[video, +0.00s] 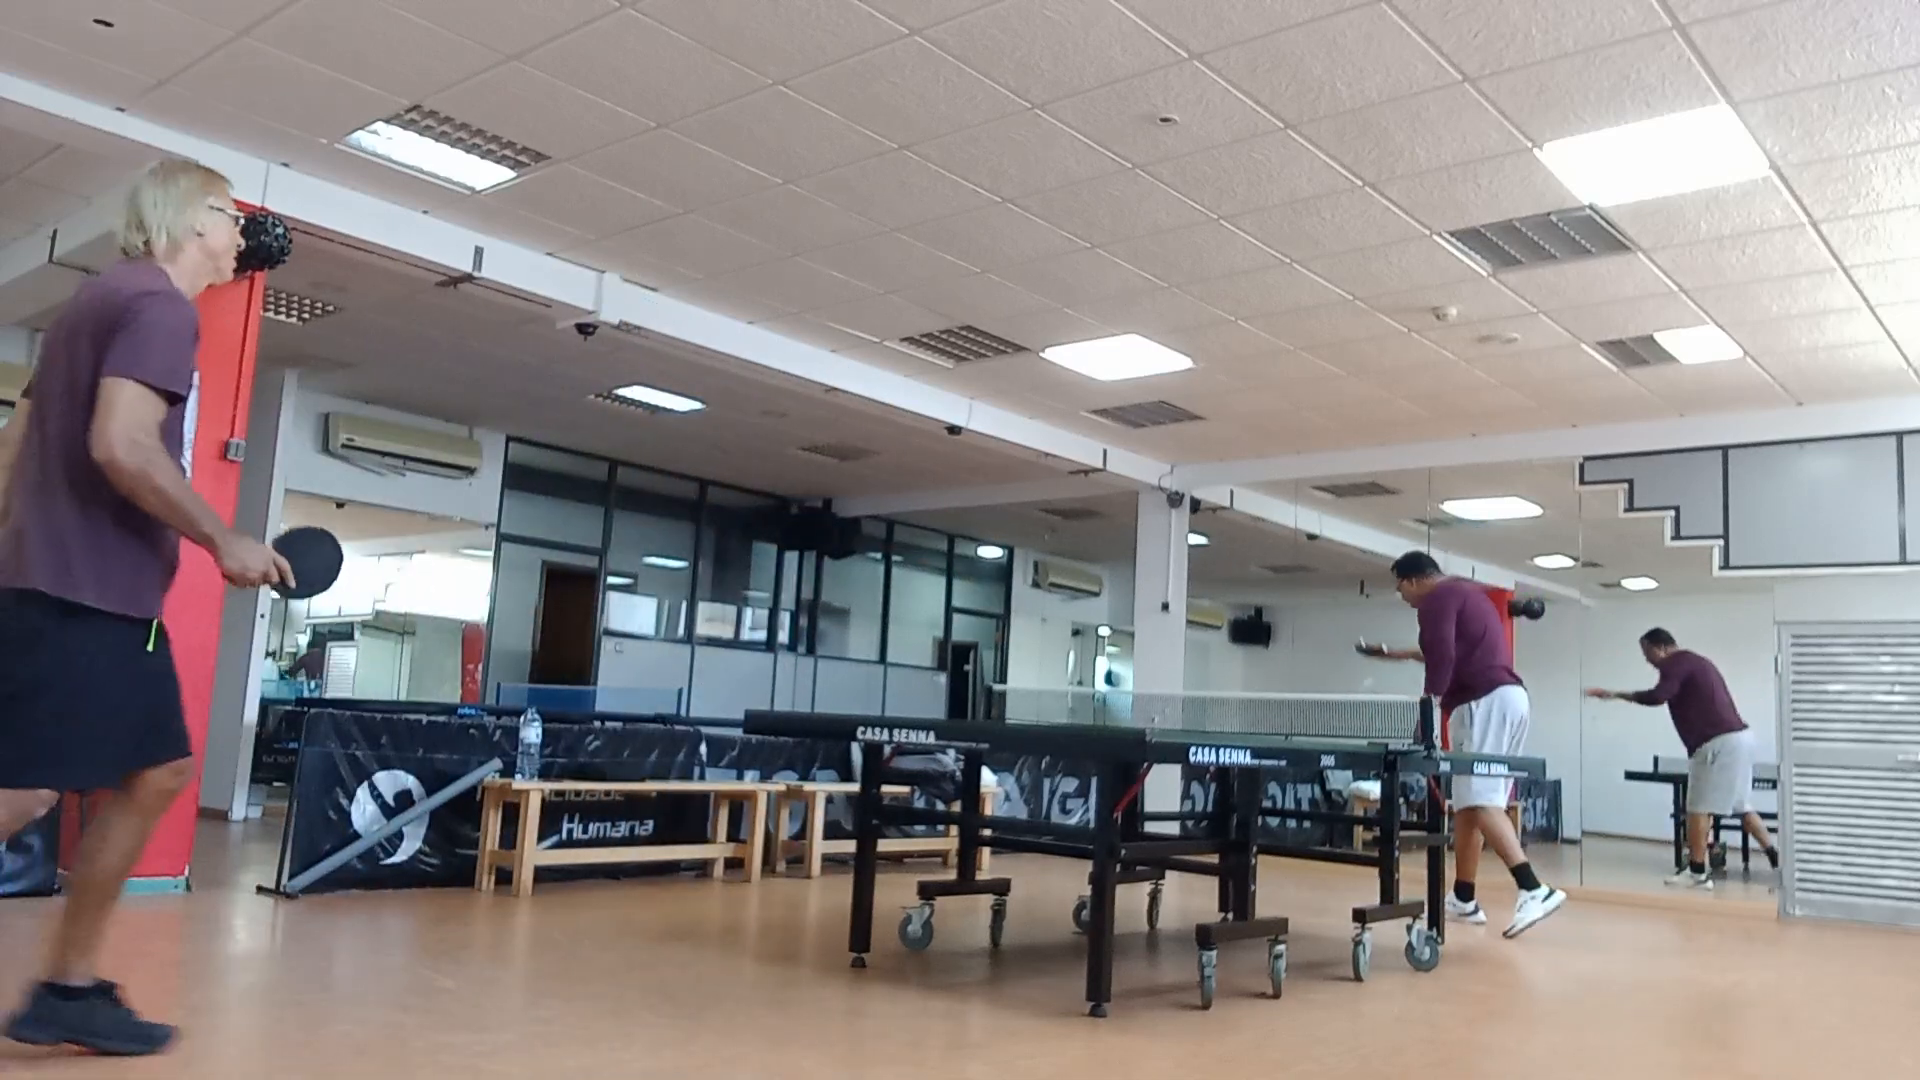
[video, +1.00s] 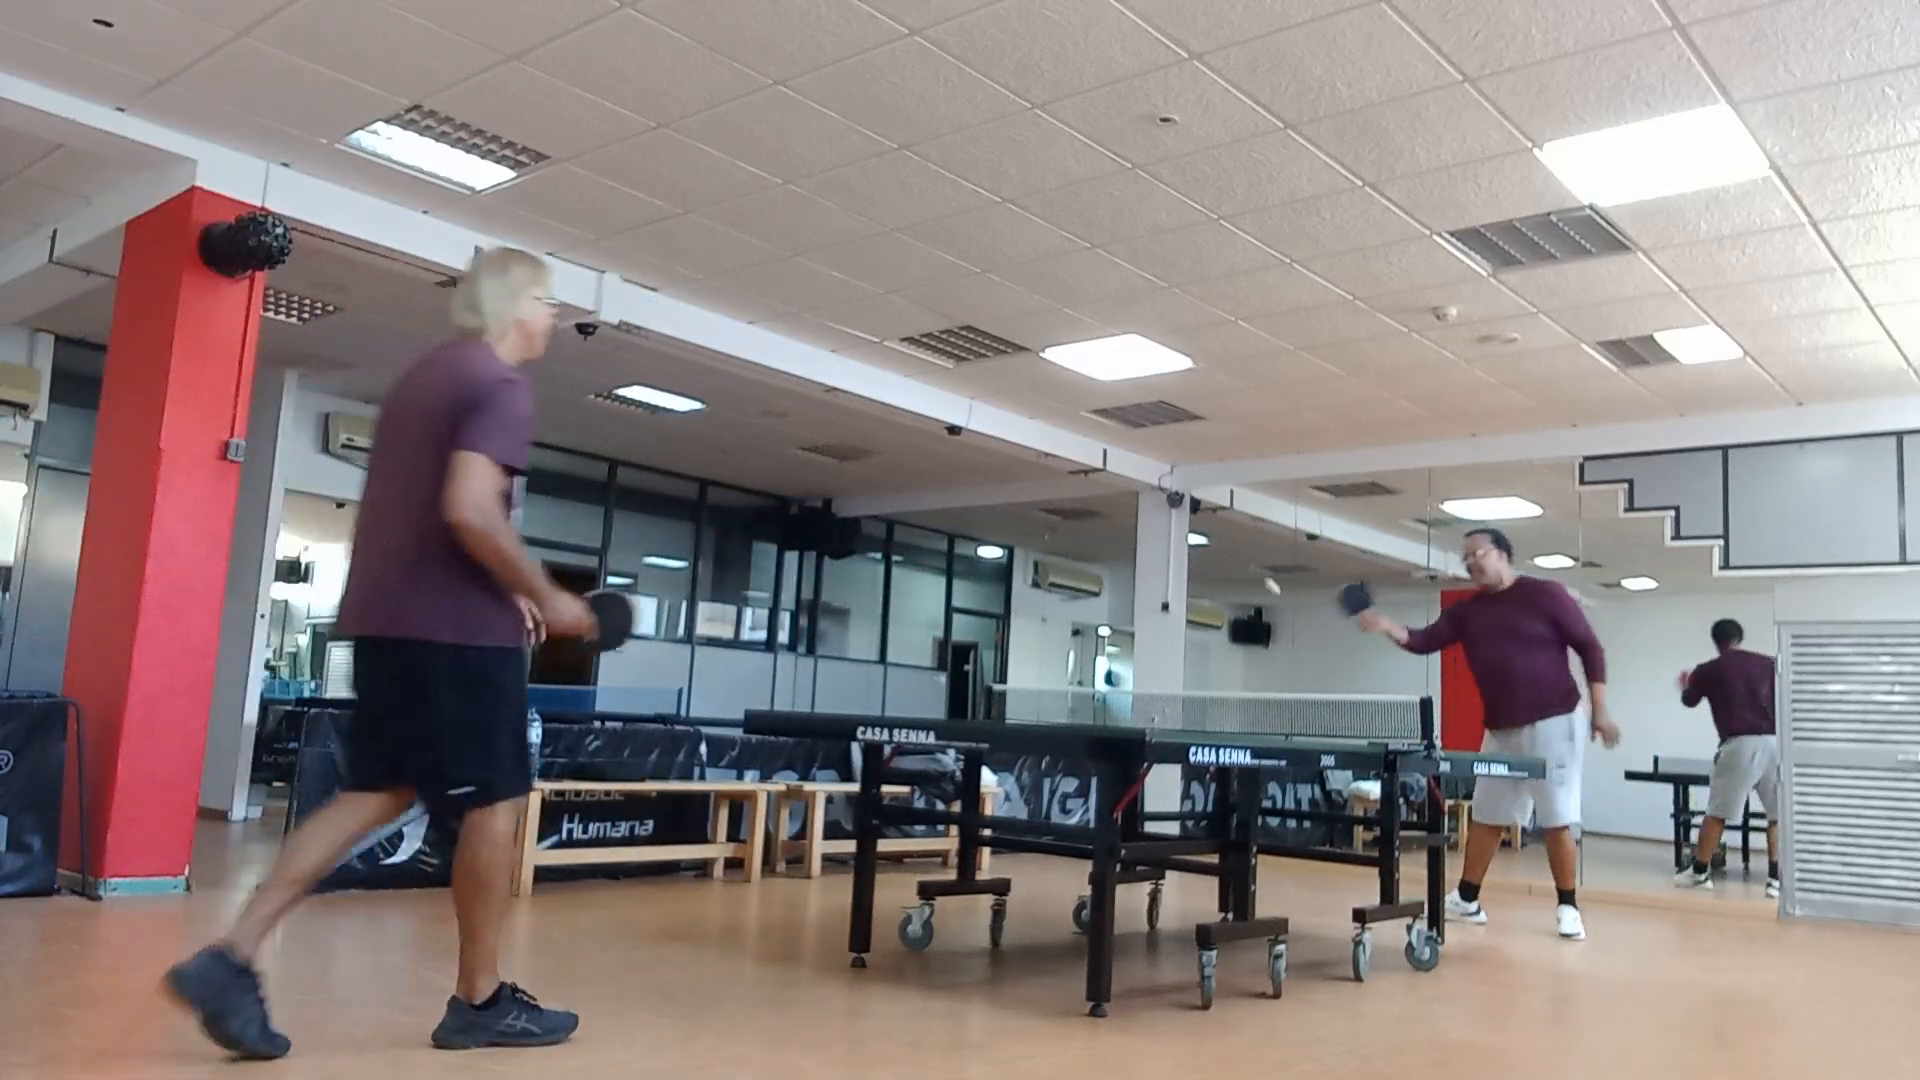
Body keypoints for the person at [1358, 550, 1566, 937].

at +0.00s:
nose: (1403, 598)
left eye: (1401, 590)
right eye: (1400, 591)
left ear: (1412, 580)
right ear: (1429, 575)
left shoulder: (1438, 597)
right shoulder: (1462, 592)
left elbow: (1442, 657)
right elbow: (1446, 654)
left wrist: (1428, 714)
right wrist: (1396, 653)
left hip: (1487, 702)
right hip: (1501, 699)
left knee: (1480, 801)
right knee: (1467, 806)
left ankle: (1534, 891)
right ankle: (1463, 900)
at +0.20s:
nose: (1398, 601)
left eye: (1395, 593)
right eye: (1394, 595)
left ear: (1408, 581)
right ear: (1417, 577)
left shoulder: (1439, 597)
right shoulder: (1456, 592)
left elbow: (1450, 657)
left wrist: (1443, 717)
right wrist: (1446, 717)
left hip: (1486, 700)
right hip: (1494, 699)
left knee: (1492, 799)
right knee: (1469, 803)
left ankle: (1546, 893)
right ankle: (1463, 899)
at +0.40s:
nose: (1397, 598)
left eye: (1396, 589)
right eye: (1394, 591)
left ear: (1413, 577)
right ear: (1415, 577)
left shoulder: (1449, 593)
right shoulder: (1442, 603)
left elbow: (1469, 648)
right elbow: (1452, 663)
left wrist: (1463, 709)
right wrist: (1446, 712)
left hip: (1497, 701)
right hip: (1479, 706)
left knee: (1505, 800)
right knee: (1473, 806)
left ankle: (1562, 893)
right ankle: (1464, 900)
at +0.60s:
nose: (1410, 586)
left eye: (1411, 576)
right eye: (1407, 579)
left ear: (1432, 567)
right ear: (1429, 571)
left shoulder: (1474, 593)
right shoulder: (1440, 614)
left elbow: (1505, 648)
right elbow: (1445, 679)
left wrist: (1490, 706)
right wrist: (1421, 723)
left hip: (1510, 707)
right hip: (1477, 715)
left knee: (1519, 804)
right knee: (1474, 810)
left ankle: (1570, 896)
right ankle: (1463, 900)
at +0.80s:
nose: (1431, 570)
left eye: (1435, 560)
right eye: (1429, 564)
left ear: (1461, 558)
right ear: (1448, 564)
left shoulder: (1507, 591)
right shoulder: (1444, 616)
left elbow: (1549, 640)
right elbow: (1418, 658)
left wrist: (1539, 697)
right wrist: (1374, 683)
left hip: (1525, 715)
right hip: (1481, 725)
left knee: (1533, 813)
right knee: (1482, 815)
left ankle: (1568, 901)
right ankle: (1464, 901)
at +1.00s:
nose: (1470, 561)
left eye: (1477, 553)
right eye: (1466, 557)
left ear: (1502, 553)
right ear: (1466, 566)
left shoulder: (1546, 594)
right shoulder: (1465, 611)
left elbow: (1591, 647)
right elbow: (1423, 641)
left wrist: (1600, 710)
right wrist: (1386, 627)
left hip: (1556, 722)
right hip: (1502, 729)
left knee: (1558, 821)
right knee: (1485, 816)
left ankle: (1568, 907)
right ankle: (1466, 900)